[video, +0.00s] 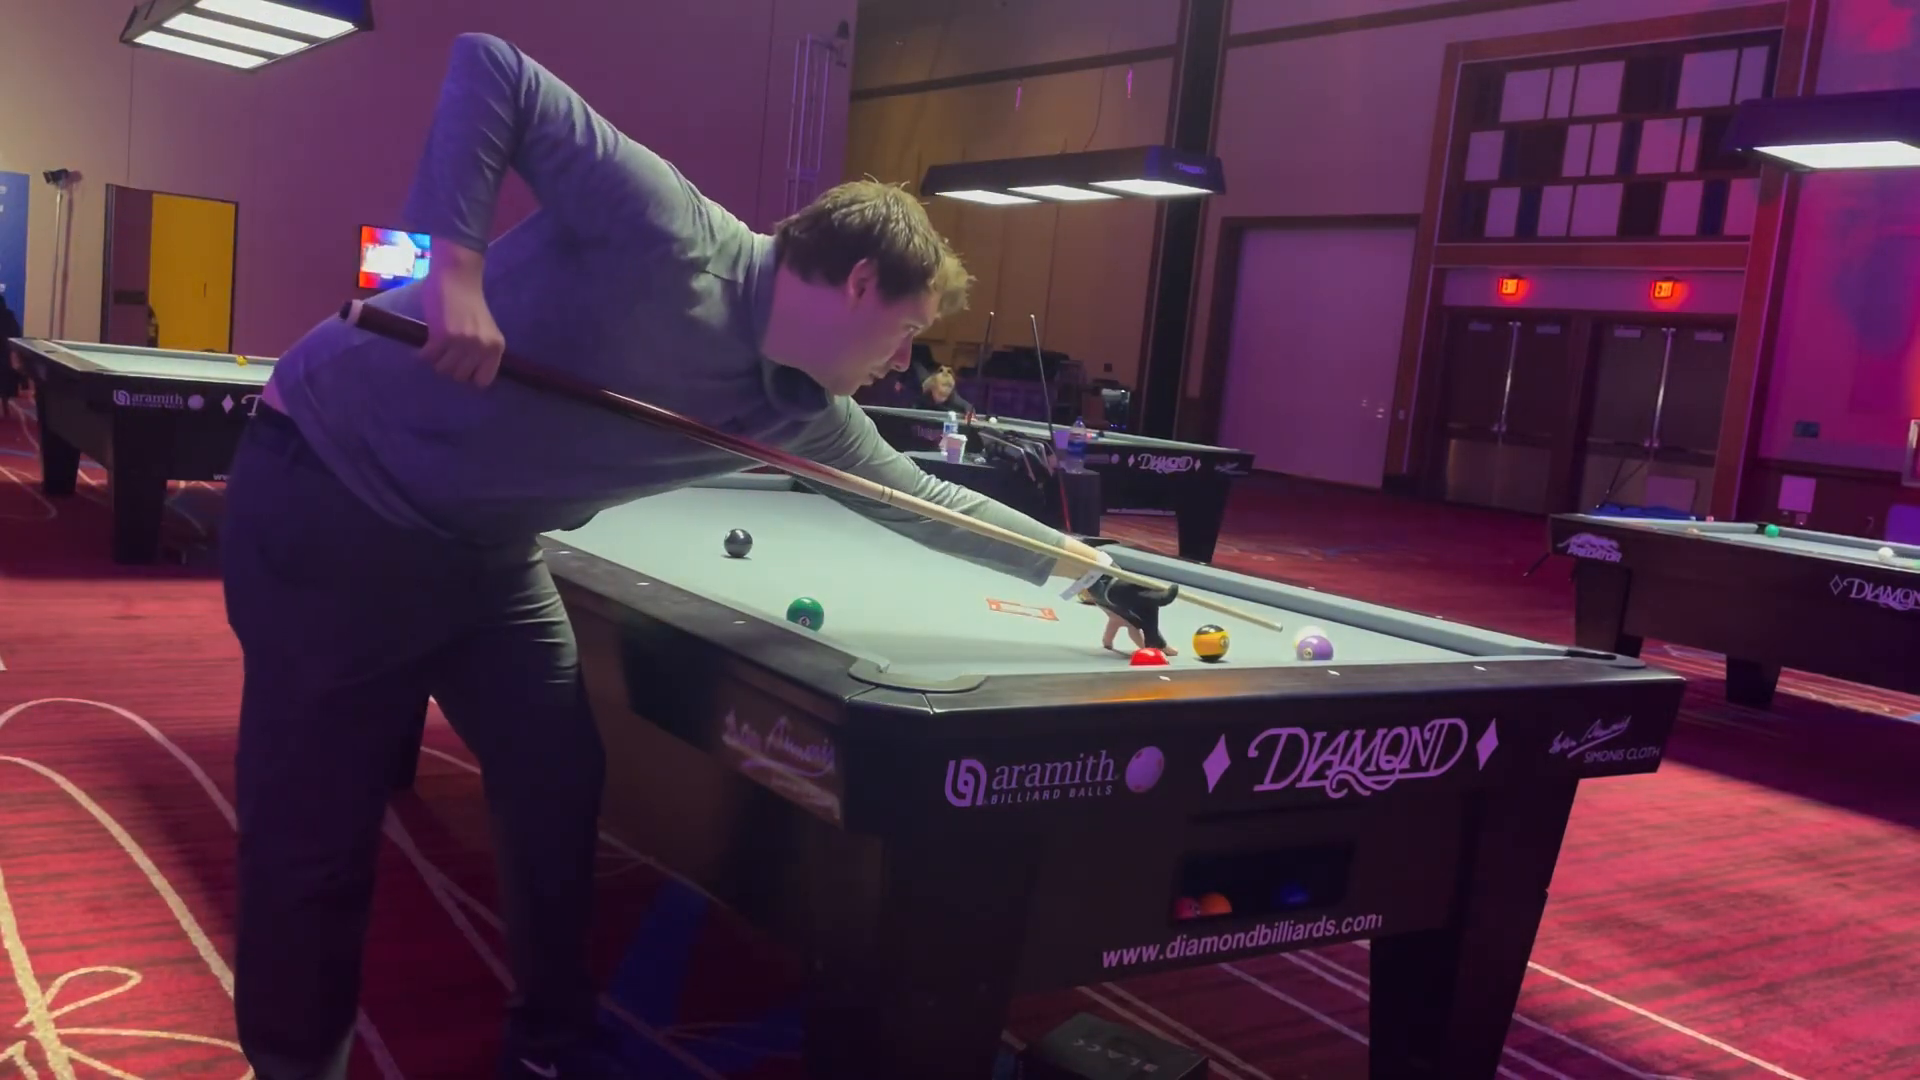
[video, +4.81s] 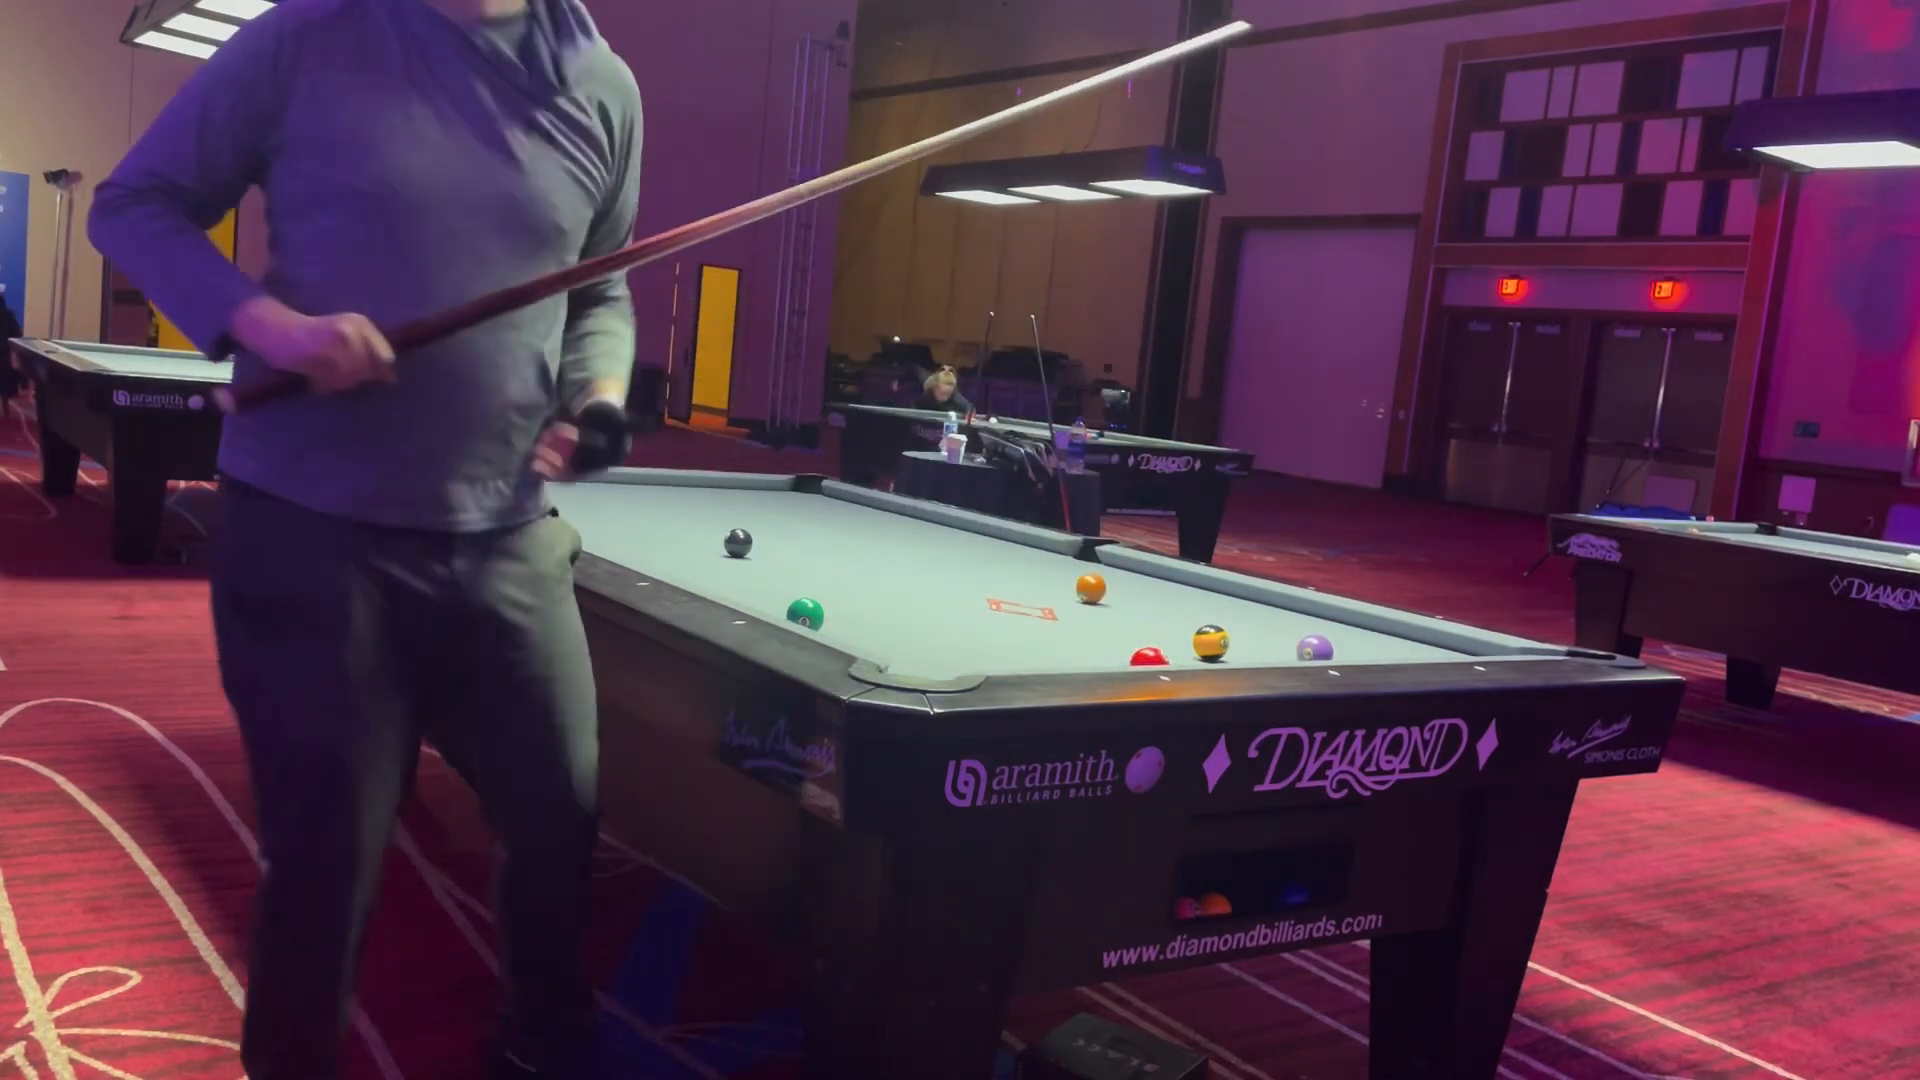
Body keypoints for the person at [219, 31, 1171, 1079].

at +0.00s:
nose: (902, 360)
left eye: (914, 341)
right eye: (911, 330)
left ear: (851, 288)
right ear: (864, 280)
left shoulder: (798, 411)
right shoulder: (665, 226)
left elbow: (926, 502)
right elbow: (492, 70)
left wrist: (1080, 560)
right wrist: (452, 265)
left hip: (487, 535)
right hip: (336, 486)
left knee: (555, 767)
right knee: (315, 829)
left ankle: (549, 1034)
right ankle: (294, 1058)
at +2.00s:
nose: (893, 428)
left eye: (910, 410)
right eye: (903, 398)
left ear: (853, 350)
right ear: (856, 340)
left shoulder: (785, 441)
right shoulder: (684, 251)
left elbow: (913, 527)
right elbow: (542, 69)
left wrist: (1061, 563)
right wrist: (479, 252)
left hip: (483, 530)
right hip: (329, 473)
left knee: (553, 763)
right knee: (313, 819)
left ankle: (548, 1032)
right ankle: (292, 1055)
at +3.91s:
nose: (888, 245)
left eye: (899, 223)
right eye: (883, 212)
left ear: (818, 187)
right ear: (810, 171)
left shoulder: (775, 320)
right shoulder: (631, 184)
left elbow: (879, 412)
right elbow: (393, 187)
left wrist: (1031, 480)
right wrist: (501, 364)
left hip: (488, 526)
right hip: (345, 488)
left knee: (547, 773)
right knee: (340, 820)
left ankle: (552, 1030)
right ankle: (304, 1063)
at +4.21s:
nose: (774, 154)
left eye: (800, 132)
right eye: (762, 113)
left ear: (814, 127)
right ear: (687, 61)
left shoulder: (722, 221)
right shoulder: (544, 122)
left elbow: (819, 293)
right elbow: (318, 197)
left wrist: (965, 326)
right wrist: (473, 346)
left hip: (507, 525)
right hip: (363, 501)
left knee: (558, 776)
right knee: (376, 802)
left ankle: (548, 1038)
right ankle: (312, 1063)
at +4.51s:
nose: (702, 63)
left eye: (730, 37)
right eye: (682, 21)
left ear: (745, 44)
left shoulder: (677, 165)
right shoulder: (469, 96)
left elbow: (717, 261)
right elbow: (261, 227)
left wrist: (872, 294)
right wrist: (439, 352)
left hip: (520, 522)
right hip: (375, 514)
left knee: (551, 791)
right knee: (390, 805)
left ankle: (548, 1032)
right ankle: (317, 1060)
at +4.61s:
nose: (630, 6)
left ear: (676, 12)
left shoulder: (643, 128)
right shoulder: (415, 81)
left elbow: (640, 272)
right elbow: (220, 222)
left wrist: (750, 342)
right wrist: (402, 345)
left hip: (526, 525)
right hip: (374, 522)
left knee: (545, 803)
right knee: (395, 818)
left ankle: (549, 1034)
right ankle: (320, 1064)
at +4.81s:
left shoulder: (603, 87)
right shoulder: (306, 37)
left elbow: (601, 284)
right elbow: (131, 204)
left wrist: (594, 394)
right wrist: (267, 323)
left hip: (512, 539)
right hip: (318, 533)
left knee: (562, 816)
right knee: (329, 871)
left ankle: (541, 1046)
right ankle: (292, 1062)